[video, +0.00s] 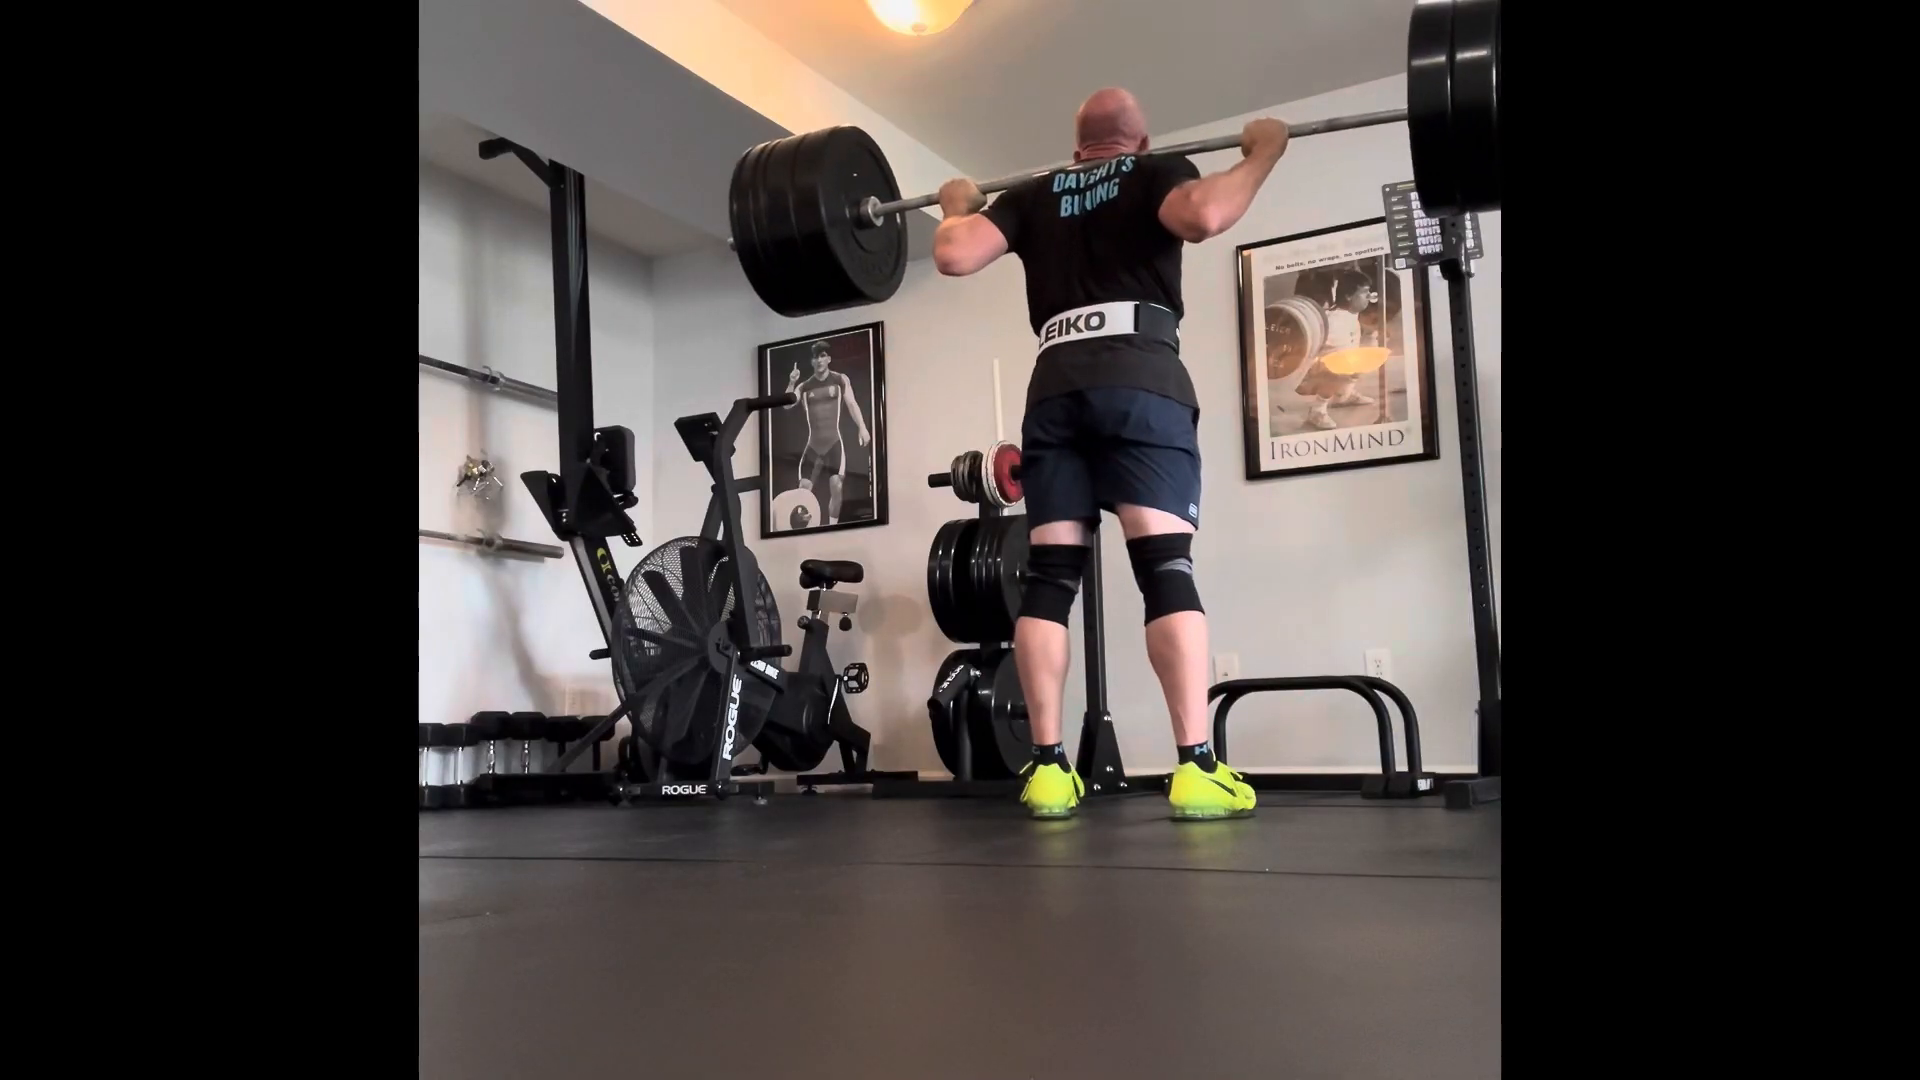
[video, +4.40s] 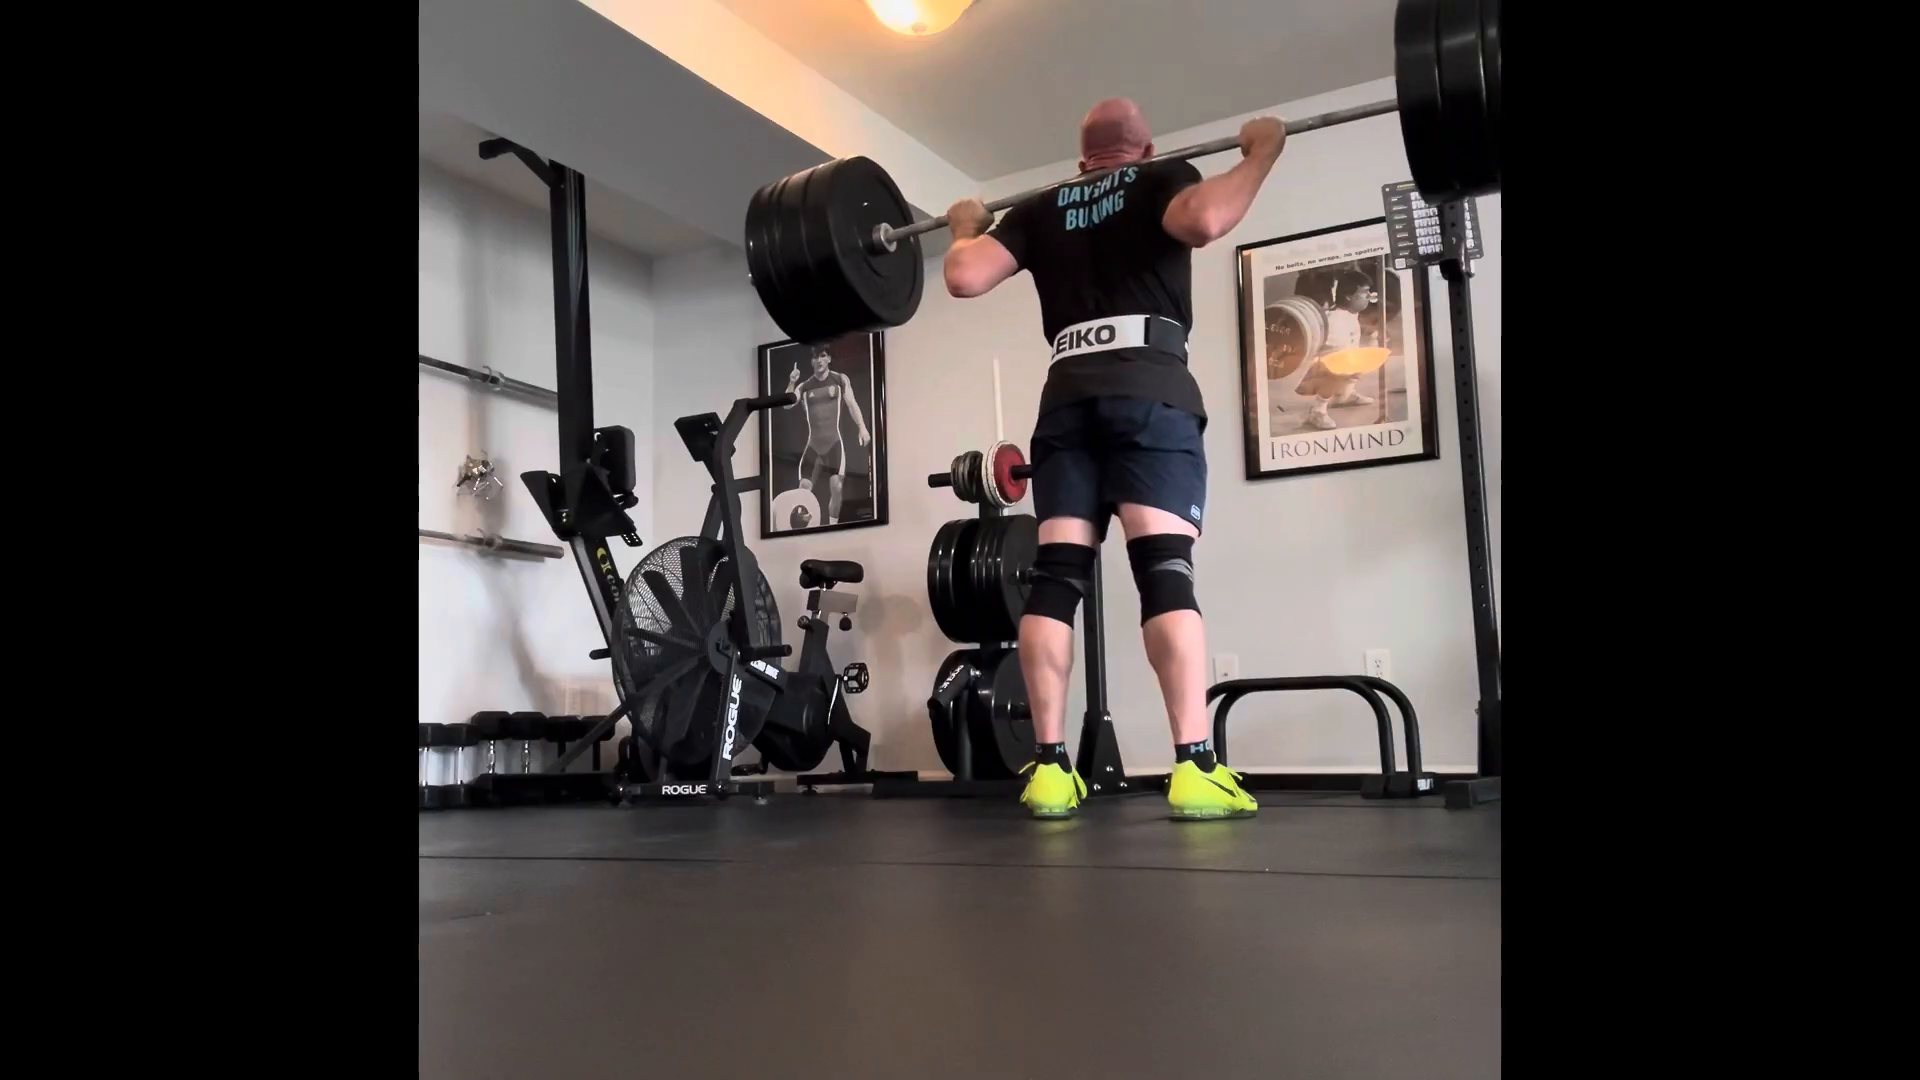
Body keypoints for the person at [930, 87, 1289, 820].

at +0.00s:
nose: (1132, 145)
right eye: (1140, 136)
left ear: (1074, 145)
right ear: (1143, 140)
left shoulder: (1031, 194)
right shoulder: (1155, 170)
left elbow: (955, 254)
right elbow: (1204, 214)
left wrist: (956, 206)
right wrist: (1261, 153)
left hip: (1056, 379)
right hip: (1144, 373)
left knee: (1050, 575)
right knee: (1165, 569)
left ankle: (1047, 764)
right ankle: (1196, 764)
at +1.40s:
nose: (1151, 244)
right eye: (1150, 236)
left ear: (1079, 246)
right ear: (1150, 244)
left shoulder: (1038, 294)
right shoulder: (1165, 271)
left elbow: (956, 346)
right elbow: (1214, 312)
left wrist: (967, 301)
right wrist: (1271, 254)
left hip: (1049, 450)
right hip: (1141, 438)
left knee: (1053, 612)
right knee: (1222, 598)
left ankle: (1050, 765)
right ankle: (1201, 765)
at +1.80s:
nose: (1157, 324)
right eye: (1156, 318)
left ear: (1088, 326)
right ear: (1155, 323)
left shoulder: (1040, 371)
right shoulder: (1168, 353)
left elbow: (957, 441)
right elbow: (1214, 401)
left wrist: (967, 390)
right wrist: (1274, 345)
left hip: (1037, 508)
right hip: (1130, 494)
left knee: (1056, 627)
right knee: (1233, 610)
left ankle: (1051, 769)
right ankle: (1202, 766)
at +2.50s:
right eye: (1169, 413)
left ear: (1101, 420)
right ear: (1168, 419)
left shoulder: (1047, 463)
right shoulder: (1181, 450)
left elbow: (965, 539)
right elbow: (1227, 507)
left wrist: (975, 474)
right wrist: (1289, 447)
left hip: (1042, 615)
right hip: (1143, 604)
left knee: (1042, 637)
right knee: (1247, 614)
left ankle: (1052, 767)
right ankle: (1203, 767)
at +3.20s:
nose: (1167, 343)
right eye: (1167, 336)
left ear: (1098, 338)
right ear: (1161, 338)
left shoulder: (1042, 379)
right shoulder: (1168, 364)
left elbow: (961, 446)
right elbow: (1213, 401)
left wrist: (972, 394)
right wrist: (1276, 360)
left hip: (1026, 509)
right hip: (1122, 496)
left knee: (1087, 615)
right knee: (1205, 605)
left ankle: (1055, 770)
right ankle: (1199, 767)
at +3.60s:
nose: (1156, 240)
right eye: (1156, 233)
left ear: (1089, 238)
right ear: (1156, 237)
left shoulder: (1042, 291)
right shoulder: (1167, 269)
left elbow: (962, 355)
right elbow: (1207, 312)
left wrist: (966, 304)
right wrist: (1267, 259)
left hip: (1050, 447)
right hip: (1142, 430)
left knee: (1083, 605)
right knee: (1215, 594)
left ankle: (1056, 765)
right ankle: (1201, 765)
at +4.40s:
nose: (1139, 150)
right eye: (1144, 141)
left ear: (1080, 155)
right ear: (1147, 147)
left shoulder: (1039, 211)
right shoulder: (1159, 176)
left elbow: (963, 275)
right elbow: (1207, 218)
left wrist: (966, 226)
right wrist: (1260, 153)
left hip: (1065, 397)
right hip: (1152, 390)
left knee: (1055, 575)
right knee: (1165, 573)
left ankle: (1049, 763)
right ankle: (1195, 763)